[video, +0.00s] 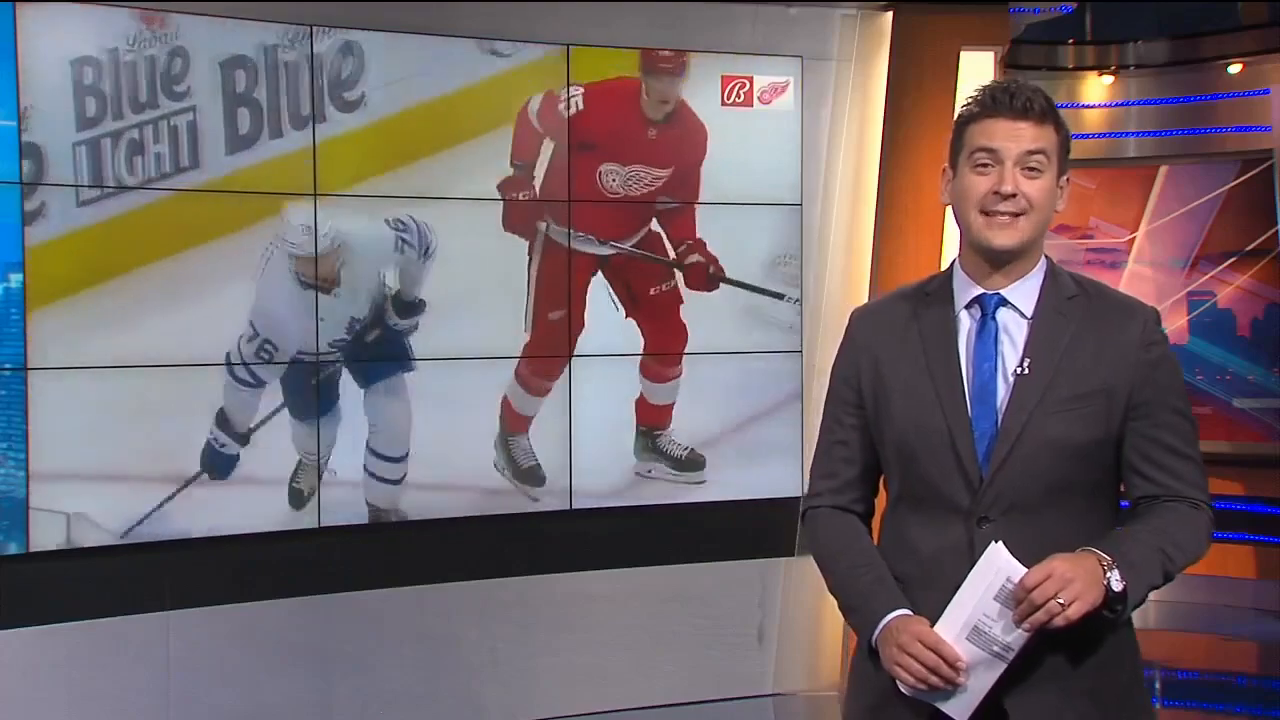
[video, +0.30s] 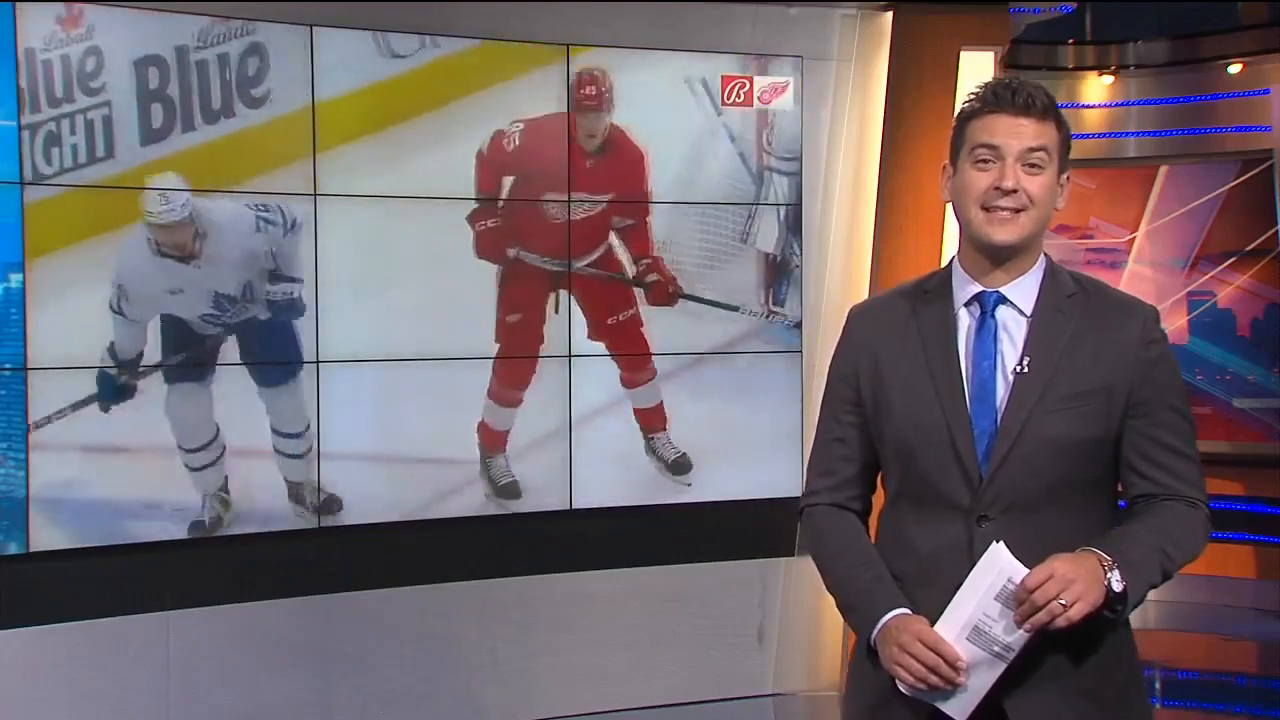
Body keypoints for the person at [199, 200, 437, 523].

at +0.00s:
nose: (318, 272)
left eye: (325, 258)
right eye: (307, 261)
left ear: (338, 248)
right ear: (291, 260)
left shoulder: (371, 242)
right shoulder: (277, 304)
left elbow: (421, 240)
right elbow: (244, 373)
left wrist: (407, 304)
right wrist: (225, 441)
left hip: (368, 331)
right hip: (306, 350)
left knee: (393, 416)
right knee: (312, 434)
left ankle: (383, 506)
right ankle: (312, 462)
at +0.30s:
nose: (178, 236)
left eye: (182, 224)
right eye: (167, 229)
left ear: (194, 218)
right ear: (151, 229)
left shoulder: (238, 225)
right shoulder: (135, 266)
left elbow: (292, 224)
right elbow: (127, 323)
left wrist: (287, 289)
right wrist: (122, 369)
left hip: (256, 306)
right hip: (188, 320)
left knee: (285, 394)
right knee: (185, 405)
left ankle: (301, 485)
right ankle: (213, 496)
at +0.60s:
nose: (138, 173)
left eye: (143, 161)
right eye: (128, 166)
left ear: (155, 156)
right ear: (116, 166)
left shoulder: (190, 168)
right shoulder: (105, 203)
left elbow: (234, 179)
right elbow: (99, 261)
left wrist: (223, 239)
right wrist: (93, 309)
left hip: (215, 252)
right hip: (159, 265)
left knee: (252, 335)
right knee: (150, 347)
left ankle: (294, 379)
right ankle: (175, 428)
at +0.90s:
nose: (200, 106)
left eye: (205, 97)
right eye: (193, 100)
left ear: (214, 93)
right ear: (182, 100)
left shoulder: (243, 105)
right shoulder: (168, 131)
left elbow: (273, 115)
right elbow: (160, 176)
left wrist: (271, 153)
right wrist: (155, 213)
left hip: (253, 176)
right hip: (204, 183)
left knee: (275, 245)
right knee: (190, 251)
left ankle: (296, 312)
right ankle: (192, 314)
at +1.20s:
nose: (207, 92)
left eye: (211, 85)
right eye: (200, 86)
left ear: (218, 82)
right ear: (189, 85)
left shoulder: (235, 93)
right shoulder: (171, 108)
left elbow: (257, 105)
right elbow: (156, 148)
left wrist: (260, 135)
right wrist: (150, 183)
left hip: (231, 160)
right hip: (186, 164)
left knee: (254, 219)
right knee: (173, 222)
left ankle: (276, 277)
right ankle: (157, 284)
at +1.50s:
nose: (189, 57)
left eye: (193, 50)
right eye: (183, 51)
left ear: (199, 47)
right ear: (169, 50)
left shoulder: (208, 58)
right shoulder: (148, 74)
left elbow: (222, 74)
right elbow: (120, 116)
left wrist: (228, 104)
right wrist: (117, 158)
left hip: (191, 135)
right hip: (150, 141)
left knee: (217, 197)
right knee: (144, 207)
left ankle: (237, 257)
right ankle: (130, 271)